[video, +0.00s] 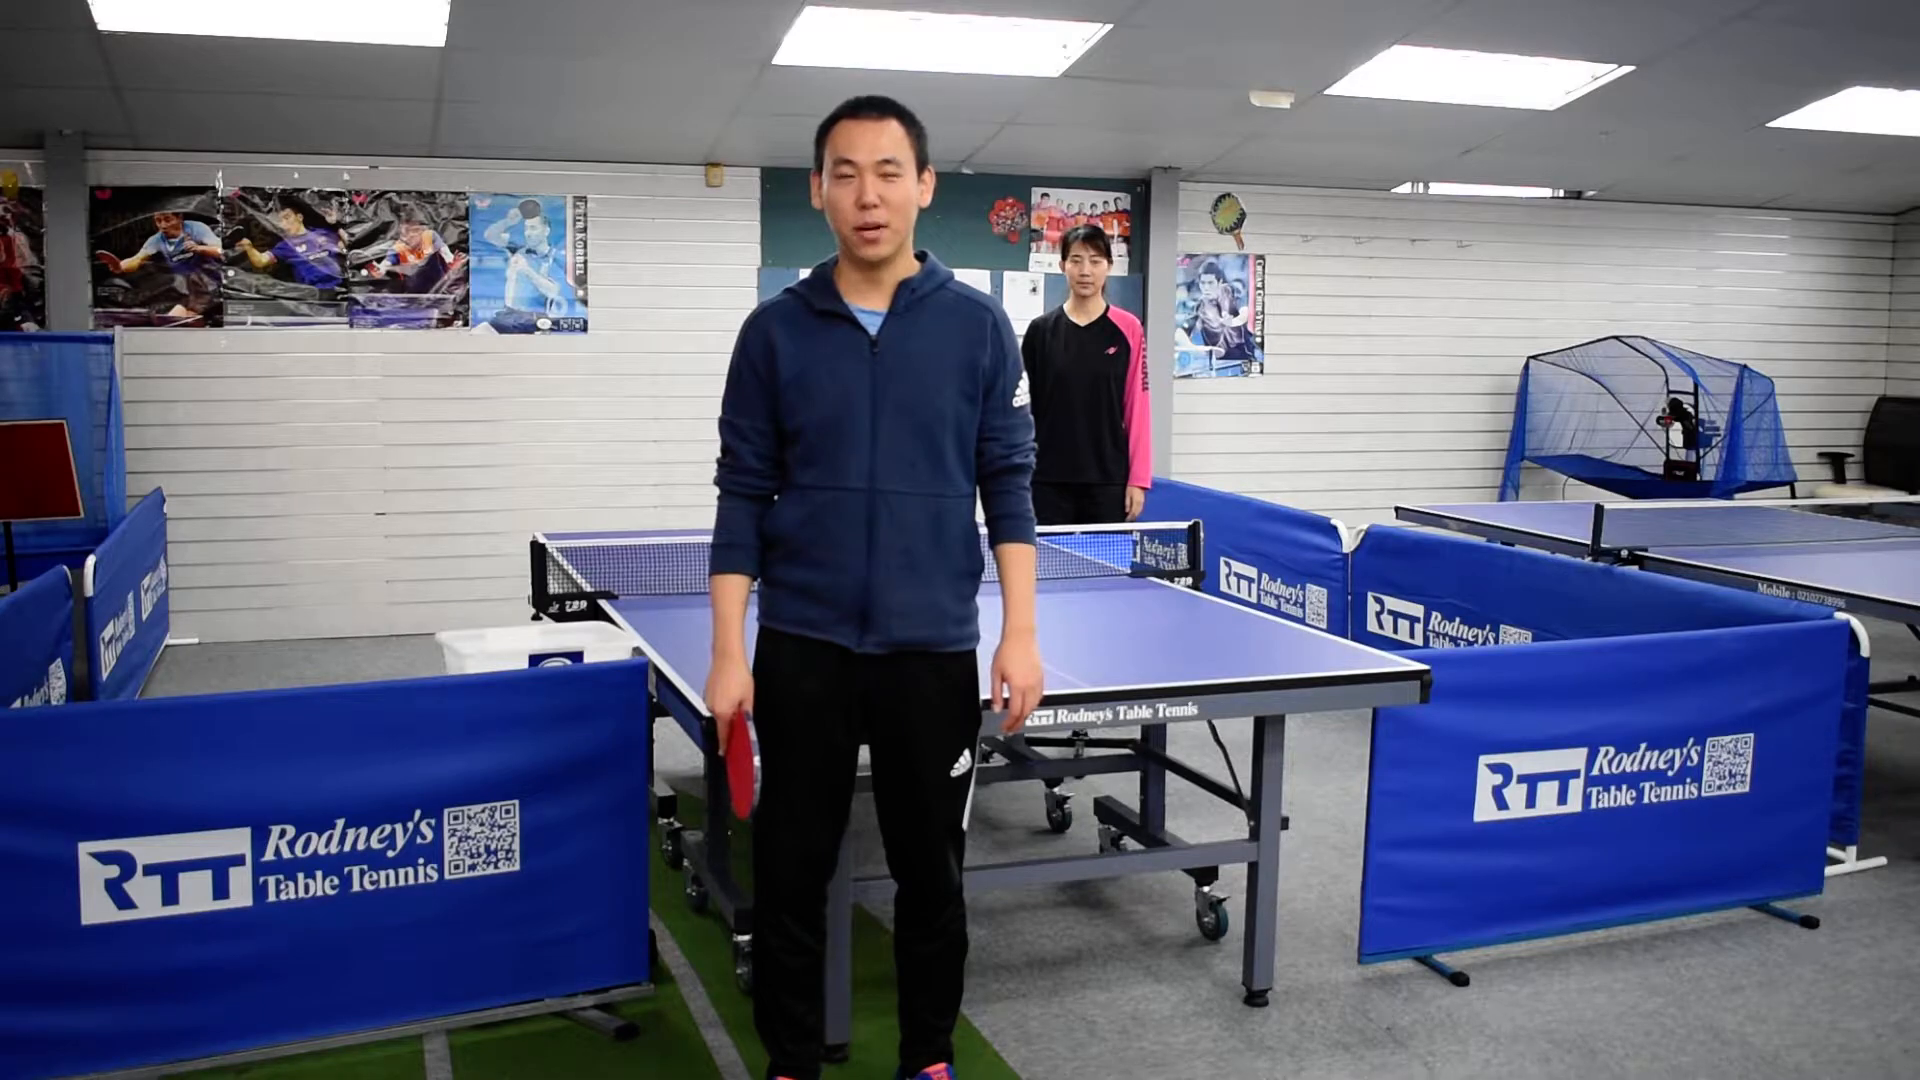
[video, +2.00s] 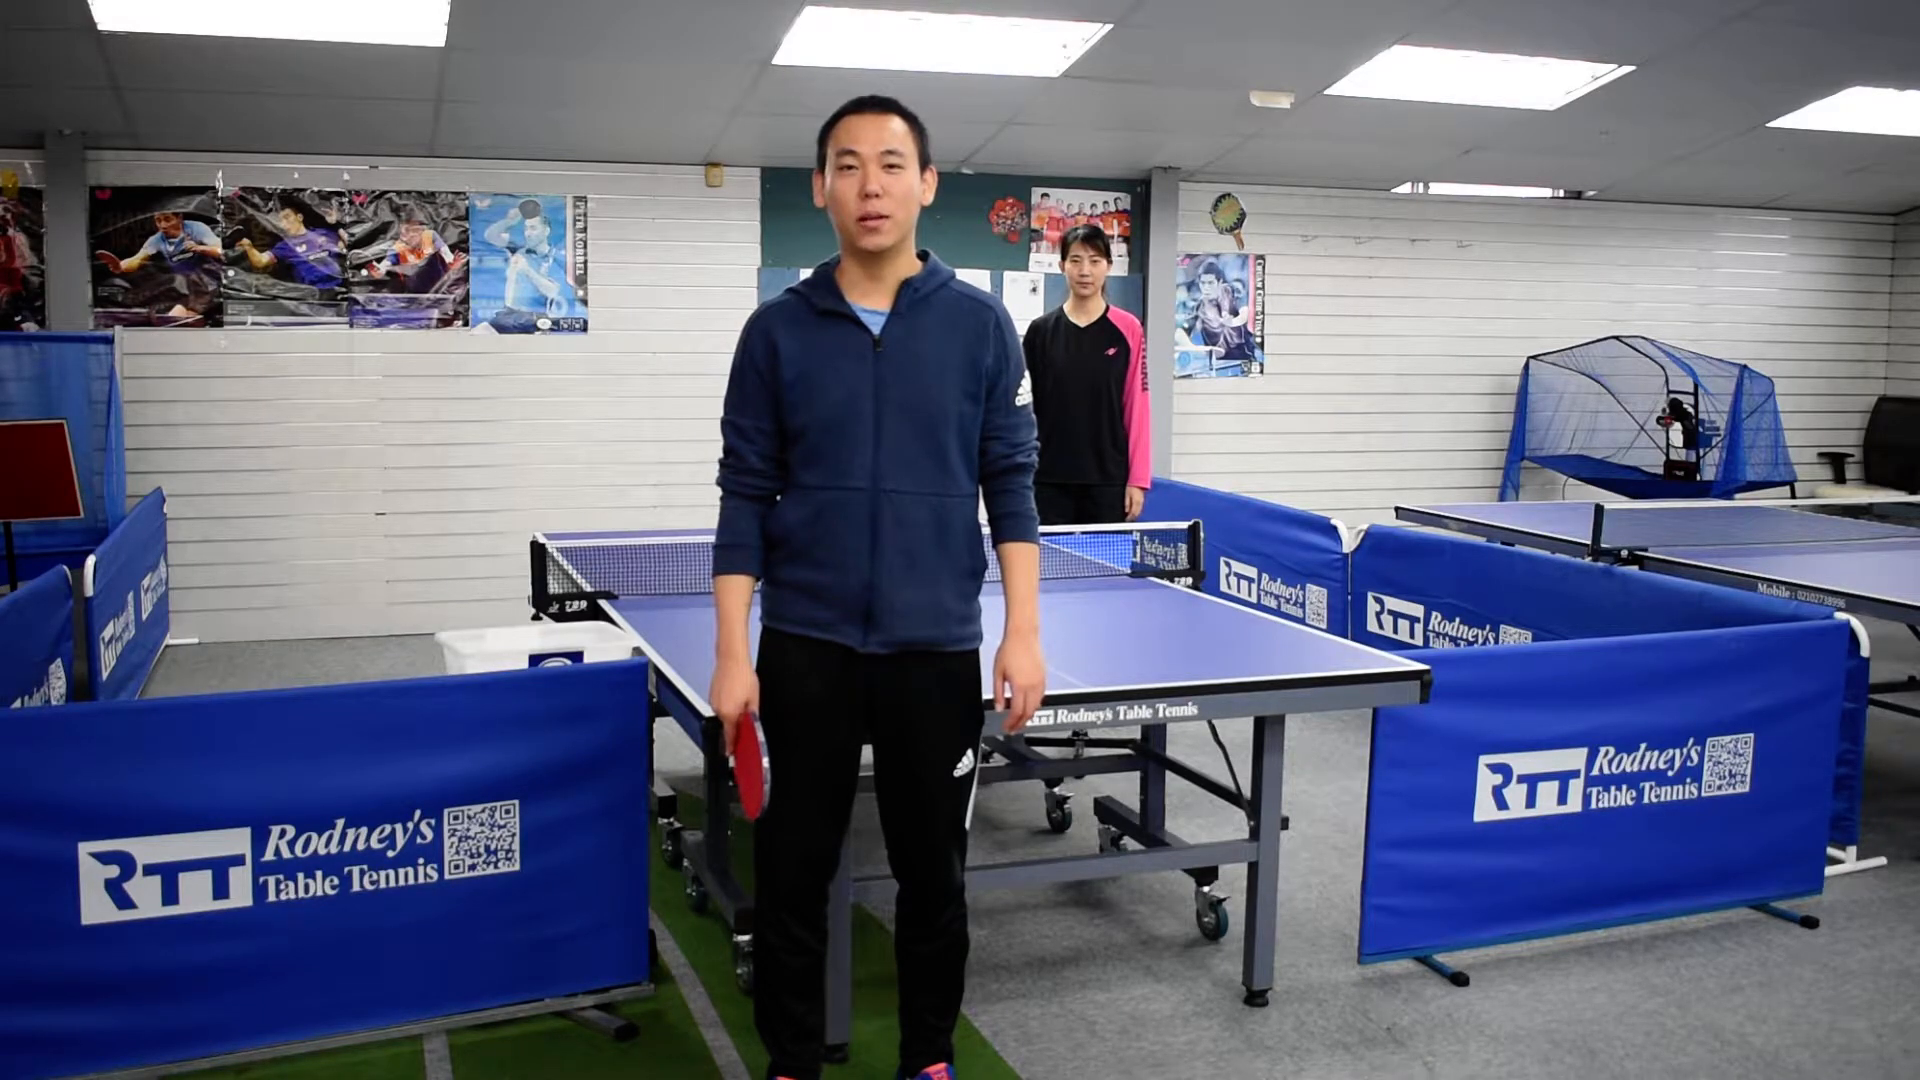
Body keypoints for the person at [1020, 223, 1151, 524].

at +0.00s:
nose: (1085, 271)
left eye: (1095, 262)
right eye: (1076, 261)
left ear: (1109, 268)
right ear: (1063, 266)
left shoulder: (1128, 329)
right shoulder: (1040, 331)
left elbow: (1137, 407)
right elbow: (1022, 405)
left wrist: (1138, 478)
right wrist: (1019, 477)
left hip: (1107, 482)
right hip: (1049, 480)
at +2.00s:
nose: (1085, 271)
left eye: (1095, 262)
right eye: (1075, 261)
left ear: (1108, 268)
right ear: (1063, 266)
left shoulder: (1128, 329)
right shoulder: (1040, 331)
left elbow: (1137, 406)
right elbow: (1023, 404)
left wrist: (1138, 479)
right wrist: (1020, 476)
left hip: (1107, 482)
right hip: (1050, 480)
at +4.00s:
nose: (1086, 271)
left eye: (1096, 262)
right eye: (1076, 261)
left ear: (1109, 268)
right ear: (1064, 266)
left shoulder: (1128, 329)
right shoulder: (1040, 331)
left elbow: (1137, 407)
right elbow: (1023, 405)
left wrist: (1138, 478)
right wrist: (1021, 477)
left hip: (1108, 481)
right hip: (1050, 480)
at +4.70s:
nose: (1086, 271)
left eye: (1096, 262)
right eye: (1077, 261)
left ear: (1109, 268)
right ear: (1064, 267)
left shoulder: (1129, 329)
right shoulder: (1040, 332)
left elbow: (1137, 407)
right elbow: (1025, 406)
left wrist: (1138, 479)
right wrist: (1024, 478)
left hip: (1109, 482)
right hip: (1052, 481)